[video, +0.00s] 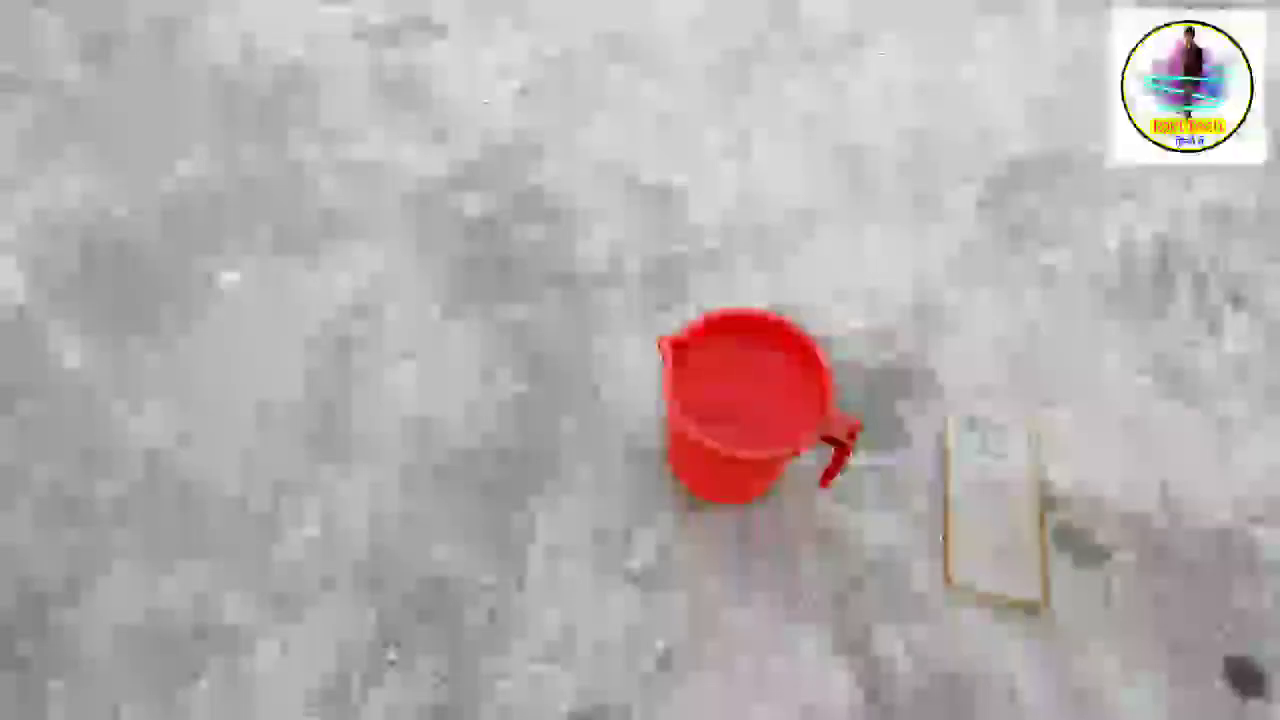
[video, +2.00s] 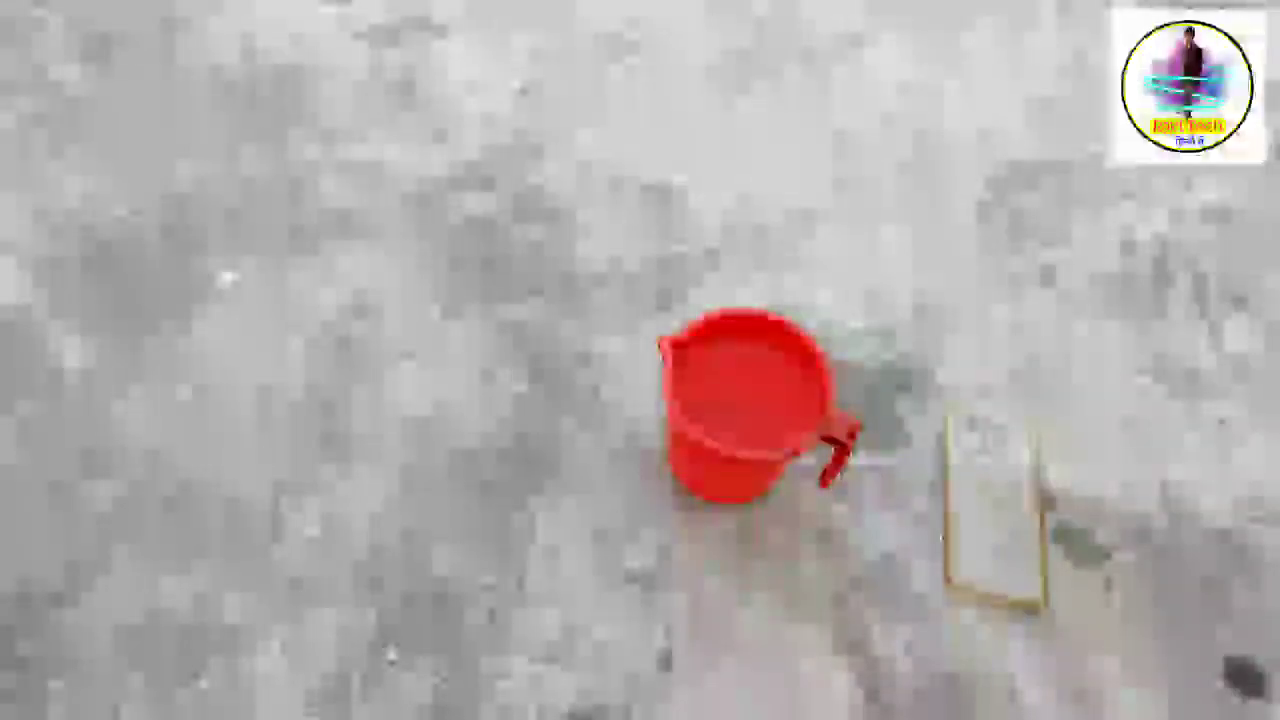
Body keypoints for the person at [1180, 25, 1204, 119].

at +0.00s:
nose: (1187, 38)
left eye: (1189, 35)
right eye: (1186, 35)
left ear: (1193, 36)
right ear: (1184, 36)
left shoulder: (1197, 50)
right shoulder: (1182, 50)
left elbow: (1199, 64)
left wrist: (1198, 75)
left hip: (1194, 75)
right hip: (1184, 74)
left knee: (1190, 93)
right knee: (1186, 93)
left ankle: (1188, 112)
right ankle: (1186, 112)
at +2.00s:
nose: (1187, 38)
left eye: (1189, 36)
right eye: (1186, 36)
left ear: (1193, 36)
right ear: (1184, 36)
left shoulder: (1197, 50)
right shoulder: (1181, 49)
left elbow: (1199, 64)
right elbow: (1176, 61)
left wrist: (1197, 75)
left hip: (1193, 75)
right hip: (1183, 74)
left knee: (1190, 93)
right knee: (1185, 93)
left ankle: (1188, 111)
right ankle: (1186, 111)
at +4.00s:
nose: (1188, 38)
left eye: (1190, 35)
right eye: (1187, 35)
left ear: (1193, 36)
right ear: (1184, 36)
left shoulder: (1198, 50)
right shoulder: (1182, 49)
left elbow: (1199, 64)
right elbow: (1179, 62)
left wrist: (1198, 74)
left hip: (1194, 74)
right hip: (1184, 74)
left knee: (1191, 92)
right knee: (1186, 92)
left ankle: (1189, 111)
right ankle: (1186, 111)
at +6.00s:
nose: (1188, 38)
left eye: (1190, 36)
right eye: (1187, 35)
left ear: (1193, 36)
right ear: (1184, 36)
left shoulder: (1197, 50)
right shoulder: (1182, 49)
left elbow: (1199, 64)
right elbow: (1176, 61)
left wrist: (1197, 74)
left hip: (1193, 74)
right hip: (1183, 74)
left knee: (1190, 93)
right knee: (1185, 93)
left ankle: (1188, 112)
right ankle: (1186, 112)